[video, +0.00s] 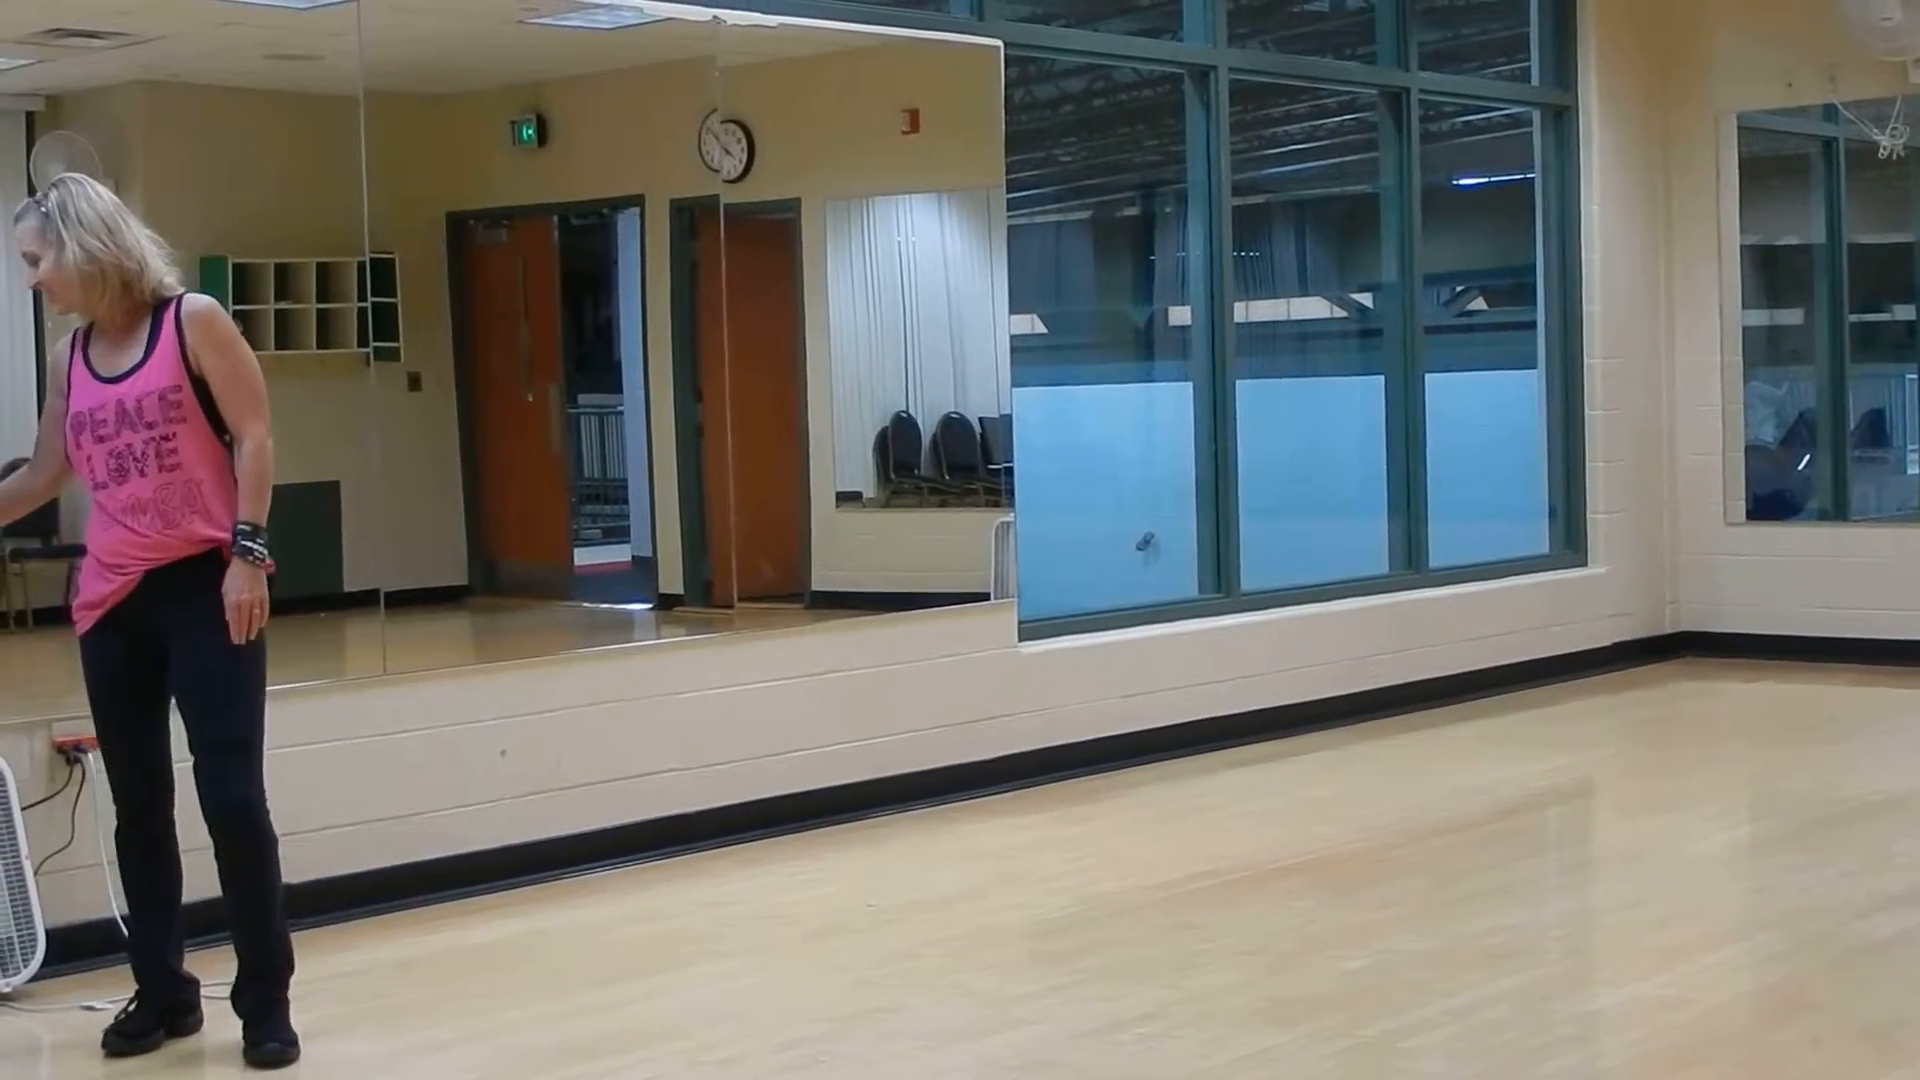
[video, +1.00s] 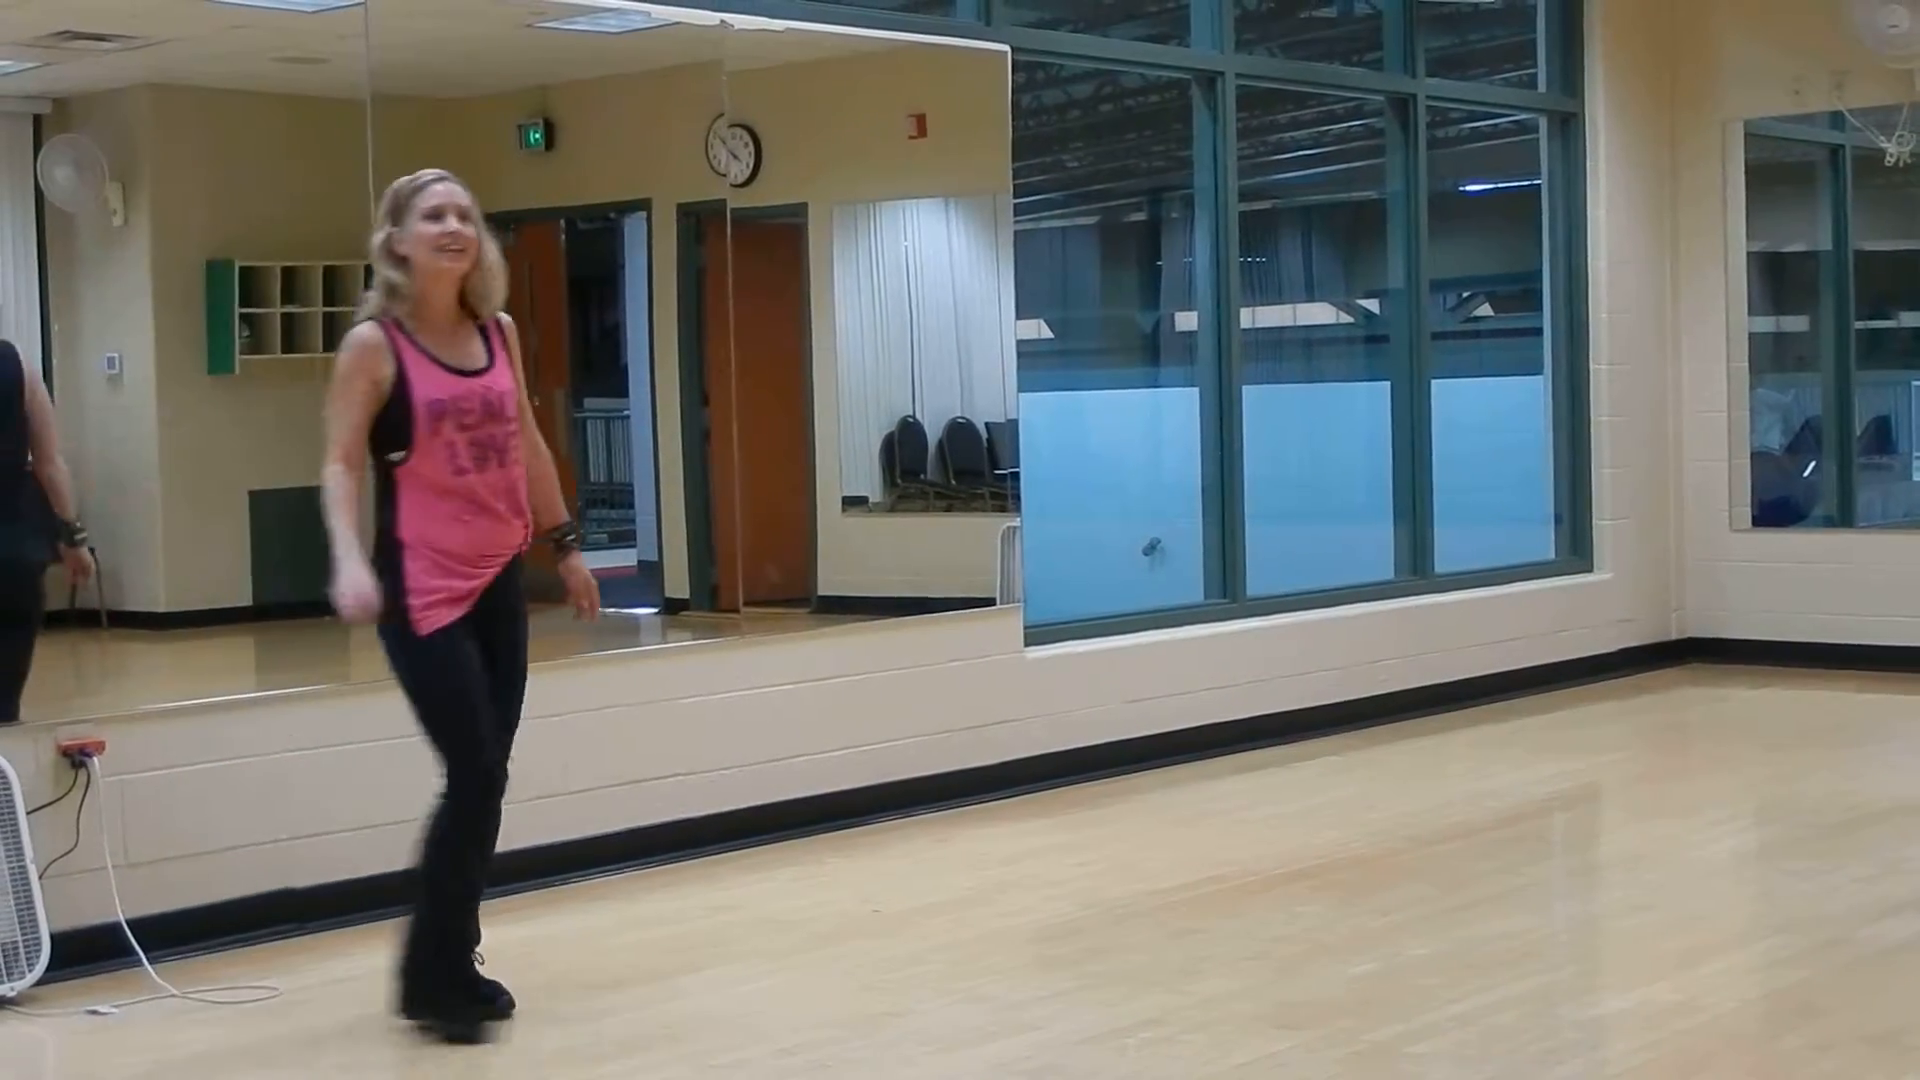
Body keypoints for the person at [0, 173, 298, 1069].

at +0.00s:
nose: (32, 281)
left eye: (38, 260)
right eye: (27, 265)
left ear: (88, 249)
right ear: (73, 260)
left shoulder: (193, 320)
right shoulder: (72, 353)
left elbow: (255, 435)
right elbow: (49, 469)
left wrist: (250, 553)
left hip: (207, 584)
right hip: (113, 595)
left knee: (233, 799)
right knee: (139, 803)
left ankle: (266, 1002)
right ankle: (164, 992)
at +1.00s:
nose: (452, 228)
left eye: (462, 216)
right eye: (432, 216)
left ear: (478, 239)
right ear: (395, 240)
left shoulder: (497, 332)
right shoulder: (373, 344)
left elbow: (527, 439)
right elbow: (342, 462)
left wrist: (565, 545)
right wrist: (351, 561)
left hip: (498, 580)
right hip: (422, 589)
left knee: (486, 772)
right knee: (476, 770)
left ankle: (449, 962)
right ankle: (430, 977)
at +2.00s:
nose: (772, 208)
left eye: (768, 198)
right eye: (754, 200)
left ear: (756, 226)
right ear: (713, 228)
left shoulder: (780, 306)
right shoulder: (702, 328)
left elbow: (800, 426)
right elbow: (711, 448)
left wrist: (837, 516)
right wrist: (793, 525)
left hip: (802, 546)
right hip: (745, 552)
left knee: (858, 710)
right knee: (707, 734)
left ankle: (865, 887)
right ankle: (628, 912)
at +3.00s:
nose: (909, 116)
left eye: (915, 103)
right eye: (896, 102)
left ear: (911, 109)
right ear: (848, 104)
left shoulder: (922, 179)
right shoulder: (797, 198)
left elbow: (957, 280)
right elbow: (761, 296)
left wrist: (1006, 368)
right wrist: (771, 359)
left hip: (903, 417)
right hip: (823, 422)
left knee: (905, 599)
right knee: (828, 595)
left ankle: (898, 764)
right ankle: (785, 781)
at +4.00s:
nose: (787, 151)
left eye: (792, 137)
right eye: (772, 137)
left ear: (786, 145)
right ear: (720, 140)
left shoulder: (795, 225)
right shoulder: (657, 239)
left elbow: (844, 330)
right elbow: (619, 357)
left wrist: (909, 271)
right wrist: (613, 470)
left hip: (793, 472)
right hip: (705, 484)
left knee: (787, 671)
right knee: (713, 674)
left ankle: (778, 842)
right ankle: (685, 857)